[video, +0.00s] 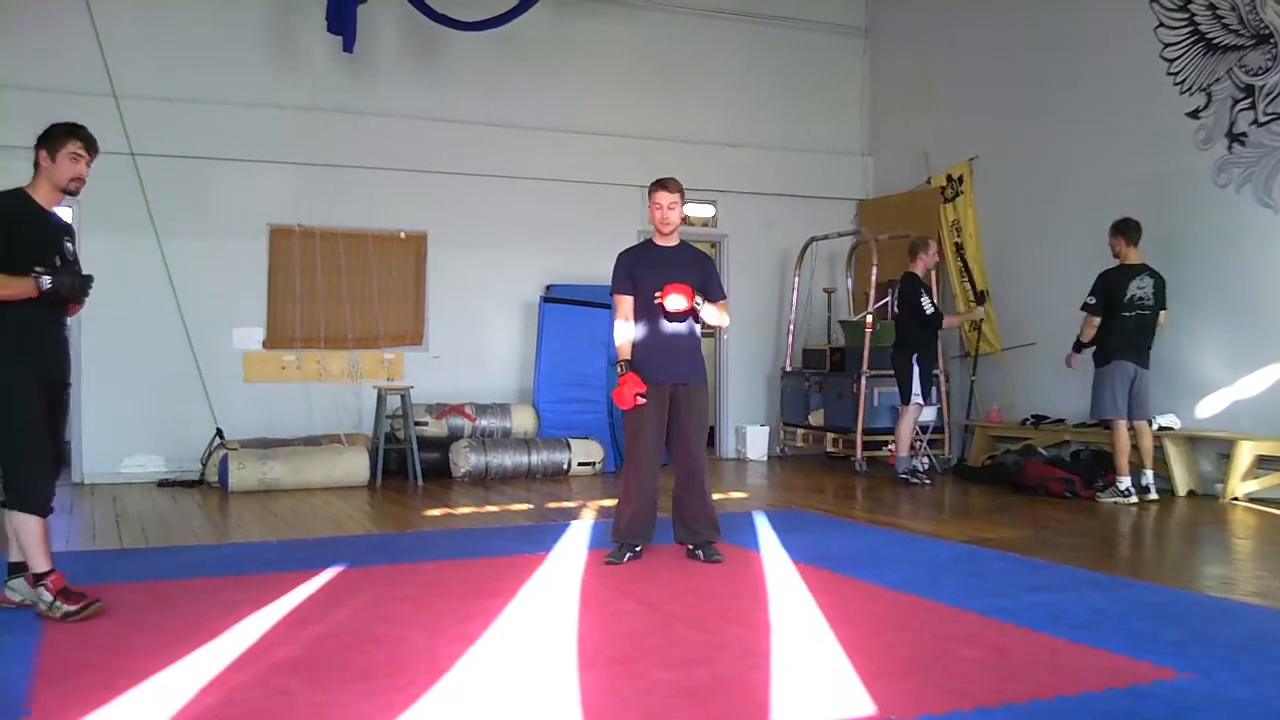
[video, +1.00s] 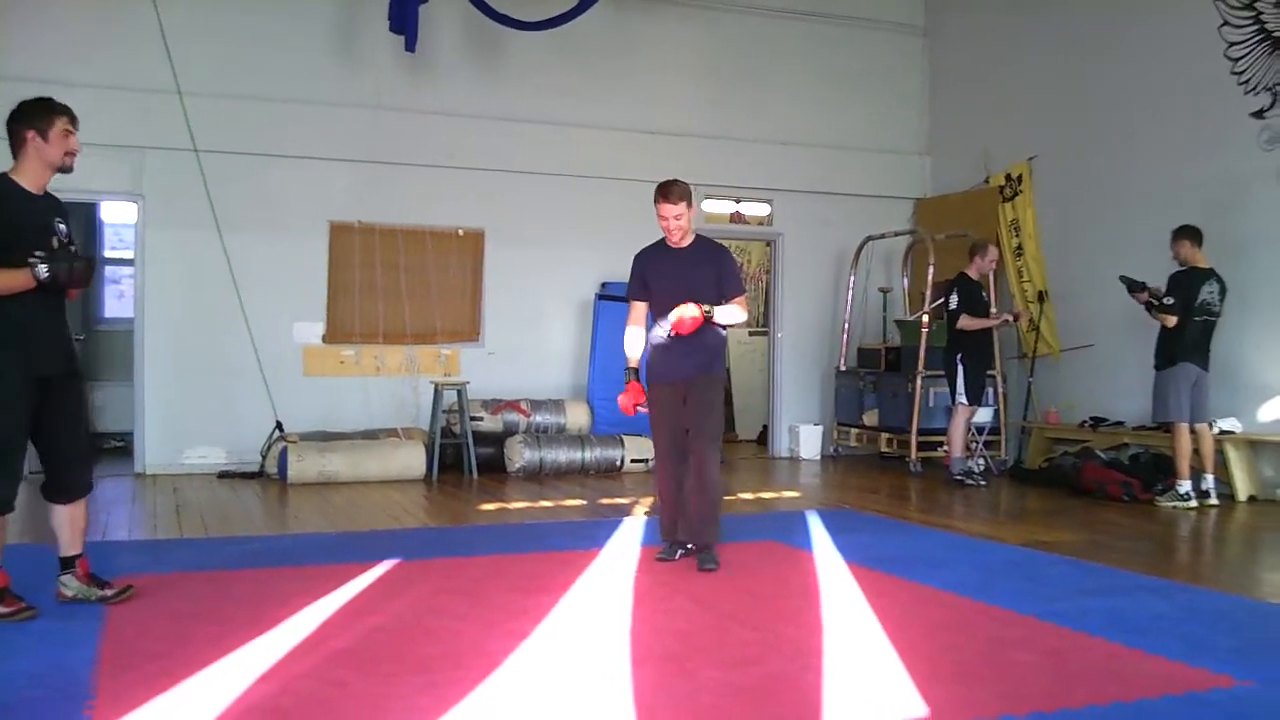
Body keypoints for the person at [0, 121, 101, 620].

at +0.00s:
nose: (82, 170)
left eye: (87, 163)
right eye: (75, 158)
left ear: (84, 170)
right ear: (43, 157)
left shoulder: (62, 227)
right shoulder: (6, 207)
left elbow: (65, 307)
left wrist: (73, 294)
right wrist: (43, 284)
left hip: (49, 365)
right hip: (11, 363)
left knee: (30, 465)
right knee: (30, 464)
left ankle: (18, 575)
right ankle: (46, 585)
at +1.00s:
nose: (76, 144)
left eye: (75, 134)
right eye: (67, 134)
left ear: (42, 141)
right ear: (32, 139)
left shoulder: (56, 209)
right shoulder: (2, 199)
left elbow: (70, 286)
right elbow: (0, 280)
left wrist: (76, 269)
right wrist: (41, 272)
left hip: (54, 360)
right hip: (9, 363)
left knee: (70, 462)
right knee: (6, 475)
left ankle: (74, 573)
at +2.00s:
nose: (224, 163)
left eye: (230, 156)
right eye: (216, 152)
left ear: (231, 165)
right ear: (189, 152)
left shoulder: (215, 226)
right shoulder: (147, 201)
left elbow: (223, 305)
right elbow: (122, 272)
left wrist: (223, 281)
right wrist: (188, 271)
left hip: (204, 359)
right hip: (156, 355)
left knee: (192, 467)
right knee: (159, 462)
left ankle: (176, 569)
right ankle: (98, 561)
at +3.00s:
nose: (282, 112)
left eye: (285, 103)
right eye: (274, 100)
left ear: (253, 102)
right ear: (241, 96)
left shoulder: (246, 159)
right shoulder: (209, 152)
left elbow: (243, 227)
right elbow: (209, 238)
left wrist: (273, 223)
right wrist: (271, 226)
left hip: (261, 309)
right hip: (224, 311)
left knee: (276, 412)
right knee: (229, 417)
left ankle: (255, 517)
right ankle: (227, 537)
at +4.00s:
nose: (302, 108)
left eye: (306, 100)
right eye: (293, 96)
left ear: (300, 106)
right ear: (263, 96)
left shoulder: (289, 164)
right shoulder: (228, 152)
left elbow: (293, 236)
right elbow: (220, 235)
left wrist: (311, 226)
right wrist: (285, 222)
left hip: (292, 311)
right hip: (249, 311)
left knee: (279, 415)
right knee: (248, 416)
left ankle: (264, 517)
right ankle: (236, 534)